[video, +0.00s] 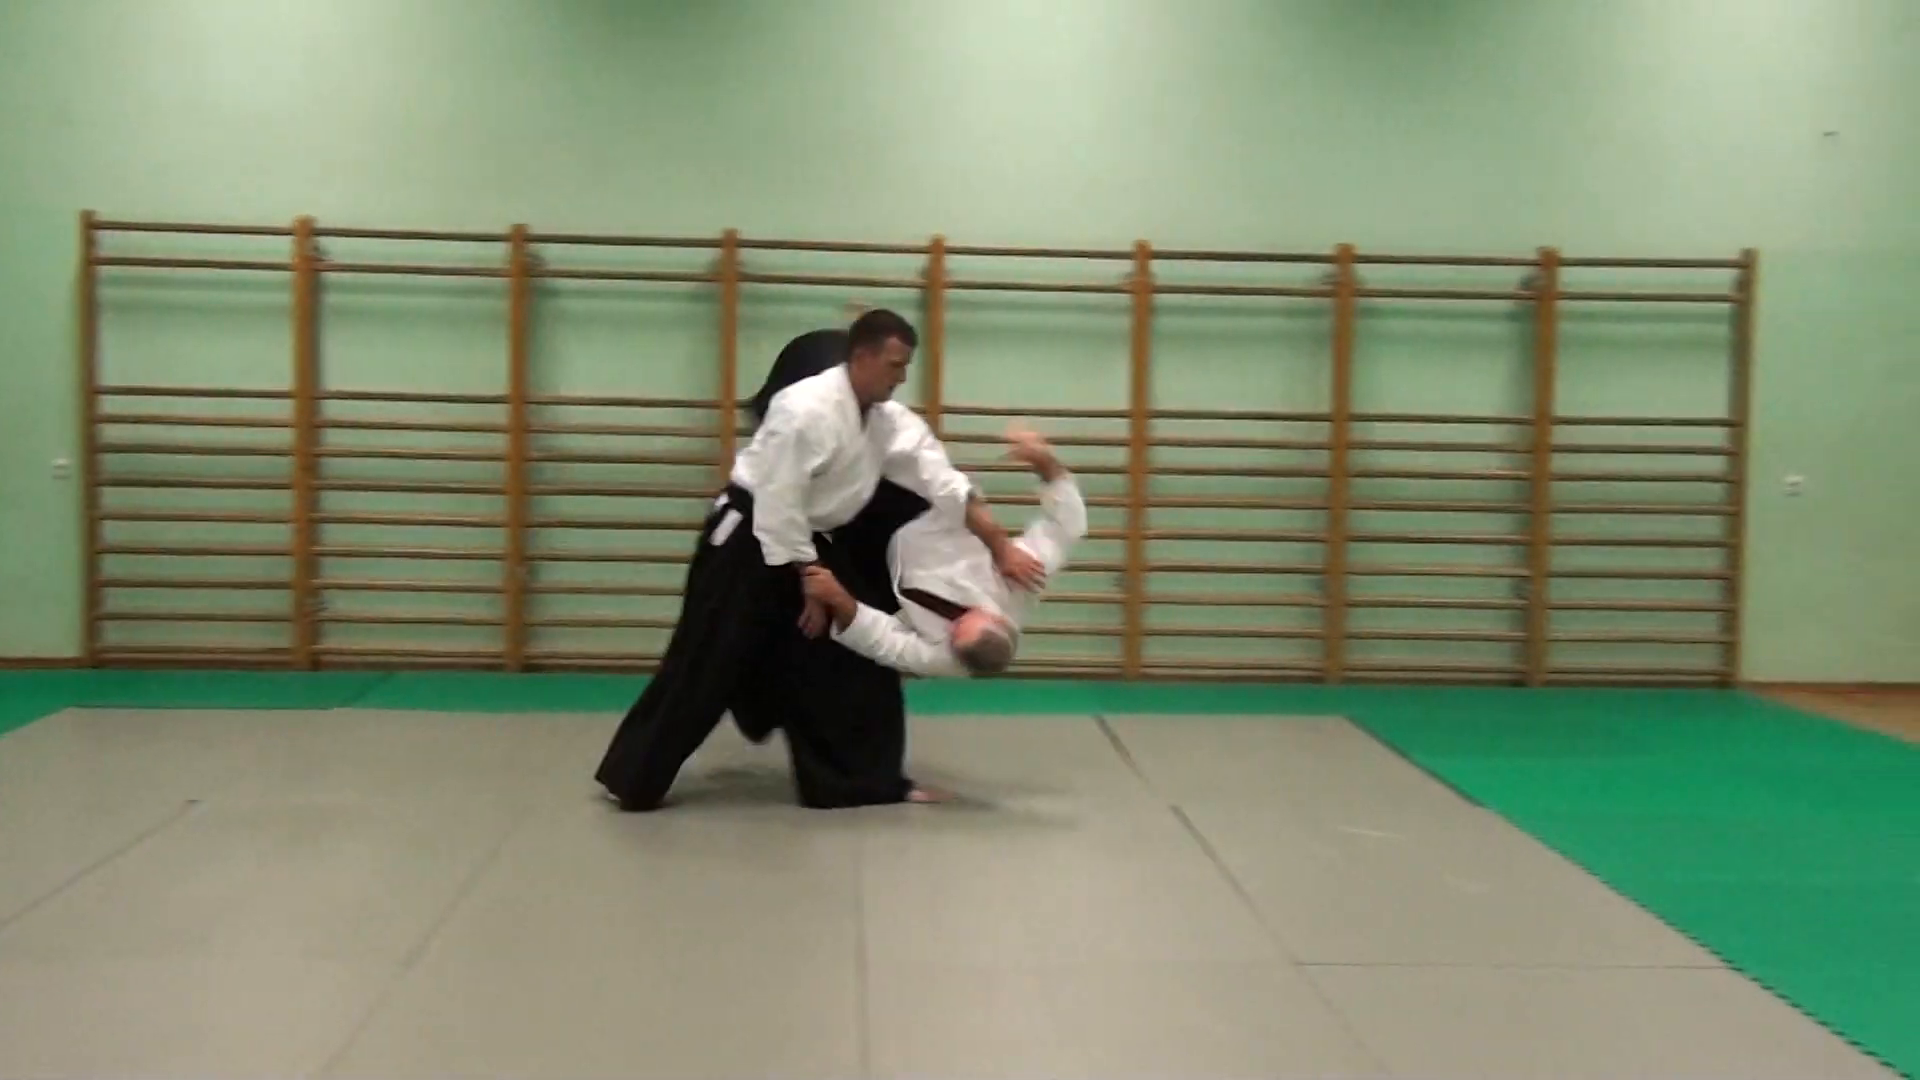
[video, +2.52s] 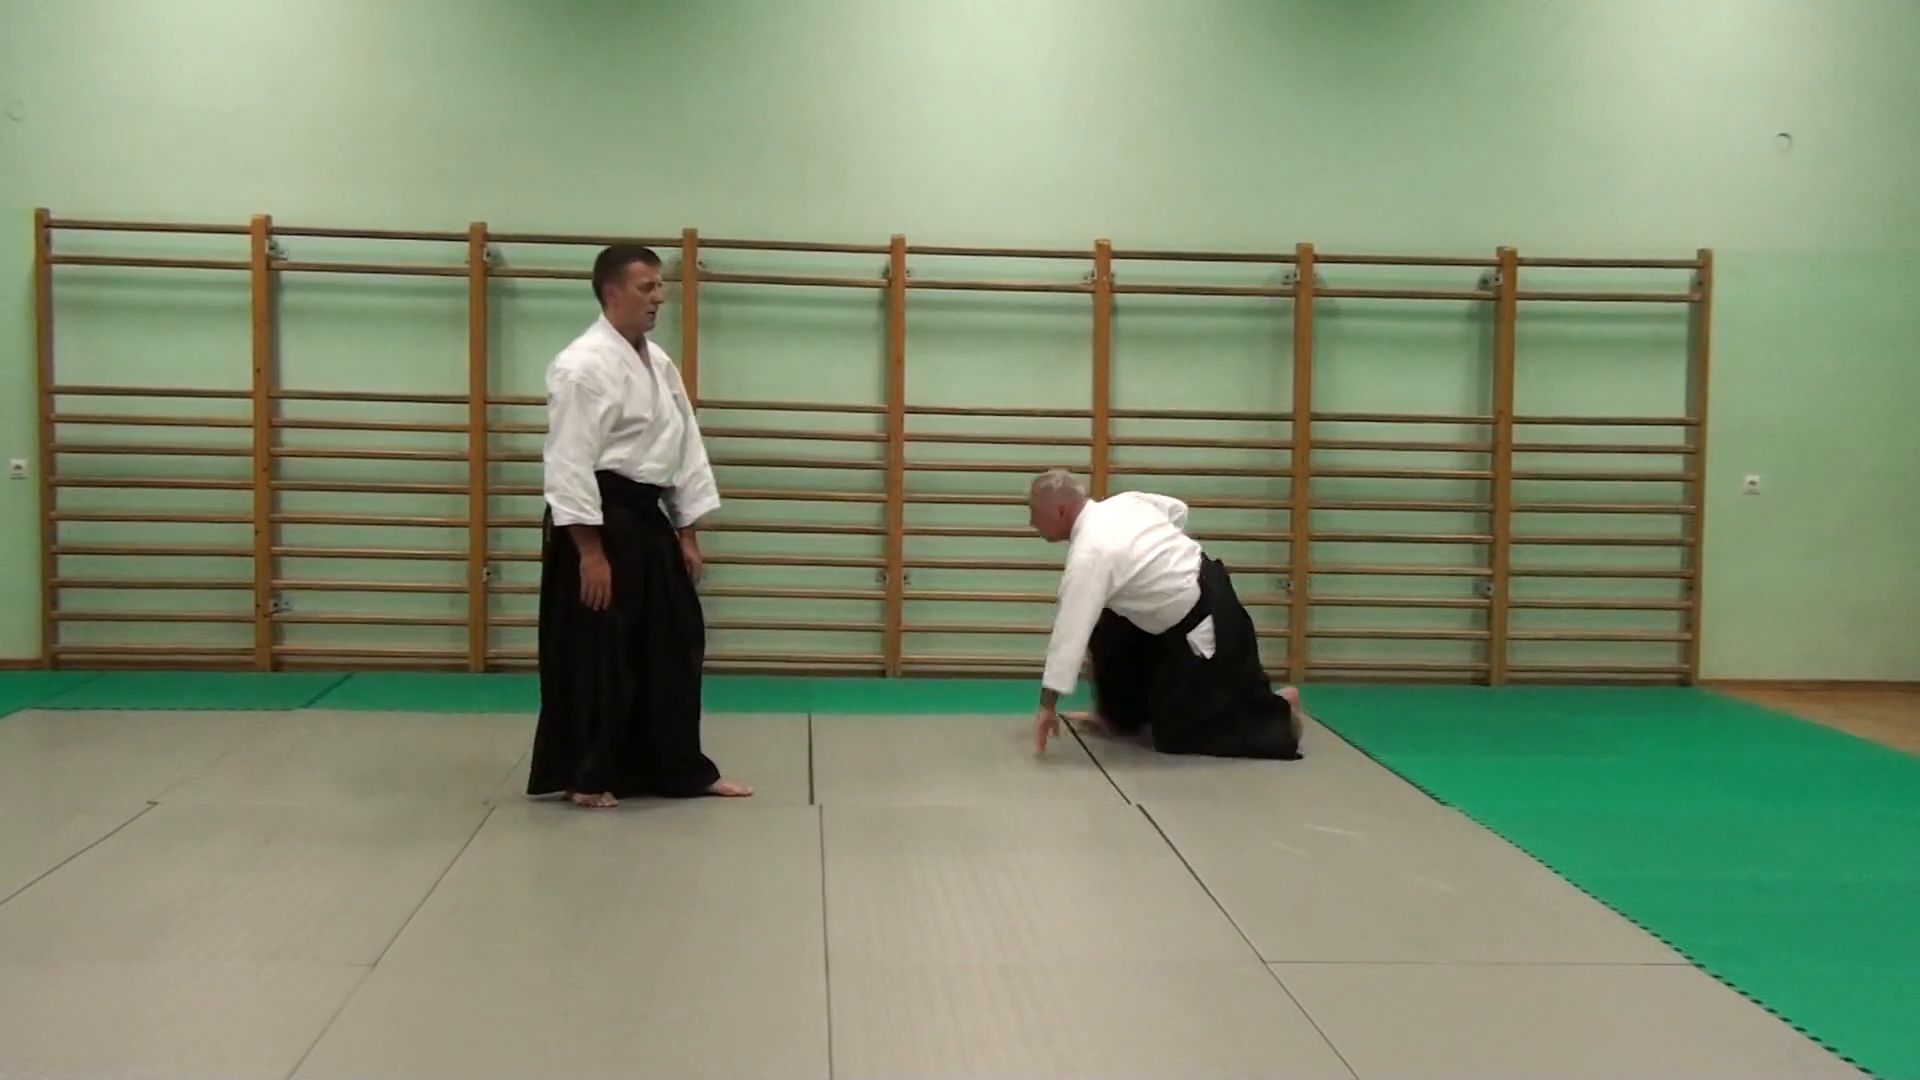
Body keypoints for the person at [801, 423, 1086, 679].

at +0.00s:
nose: (968, 623)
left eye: (965, 636)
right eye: (985, 625)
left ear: (961, 646)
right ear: (996, 620)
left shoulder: (940, 656)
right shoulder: (1019, 582)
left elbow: (886, 642)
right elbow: (1068, 524)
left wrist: (837, 600)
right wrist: (1049, 466)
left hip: (886, 560)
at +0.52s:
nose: (1004, 728)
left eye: (992, 726)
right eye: (996, 741)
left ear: (983, 722)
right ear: (989, 769)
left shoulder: (967, 706)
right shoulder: (1031, 784)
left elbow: (916, 662)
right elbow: (1105, 788)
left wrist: (865, 621)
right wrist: (1176, 793)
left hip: (1139, 692)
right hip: (1148, 750)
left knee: (1252, 717)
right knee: (1254, 777)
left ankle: (1341, 754)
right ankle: (1311, 771)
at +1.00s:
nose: (1010, 726)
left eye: (1001, 721)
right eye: (1002, 740)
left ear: (992, 714)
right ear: (992, 767)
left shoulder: (986, 705)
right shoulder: (1035, 782)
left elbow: (942, 657)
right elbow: (1109, 788)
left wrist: (903, 602)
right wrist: (1177, 795)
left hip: (1144, 700)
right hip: (1159, 756)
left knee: (1244, 675)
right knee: (1259, 771)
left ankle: (1347, 691)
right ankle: (1312, 768)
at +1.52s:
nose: (1097, 598)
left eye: (1093, 589)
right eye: (1087, 594)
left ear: (1059, 606)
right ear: (1065, 608)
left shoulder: (1068, 633)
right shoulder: (1068, 666)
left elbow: (1113, 683)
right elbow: (1109, 733)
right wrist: (1163, 789)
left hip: (1157, 698)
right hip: (1165, 742)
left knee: (1224, 654)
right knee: (1288, 706)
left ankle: (1320, 712)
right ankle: (1377, 712)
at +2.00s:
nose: (1047, 589)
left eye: (1045, 581)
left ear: (1050, 578)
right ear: (1088, 556)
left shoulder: (1055, 617)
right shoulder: (1136, 571)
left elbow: (1041, 691)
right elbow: (1212, 579)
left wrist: (1034, 753)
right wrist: (1257, 605)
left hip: (1147, 715)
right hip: (1190, 672)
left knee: (1236, 748)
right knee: (1279, 678)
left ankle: (1323, 751)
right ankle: (1350, 743)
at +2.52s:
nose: (1035, 526)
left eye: (1037, 516)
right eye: (1033, 517)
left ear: (1062, 510)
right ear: (1068, 504)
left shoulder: (1089, 549)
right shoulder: (1123, 502)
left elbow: (1070, 629)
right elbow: (1177, 509)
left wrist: (1048, 704)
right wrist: (1150, 562)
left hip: (1205, 628)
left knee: (1175, 734)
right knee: (1110, 631)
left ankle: (1278, 717)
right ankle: (1121, 718)